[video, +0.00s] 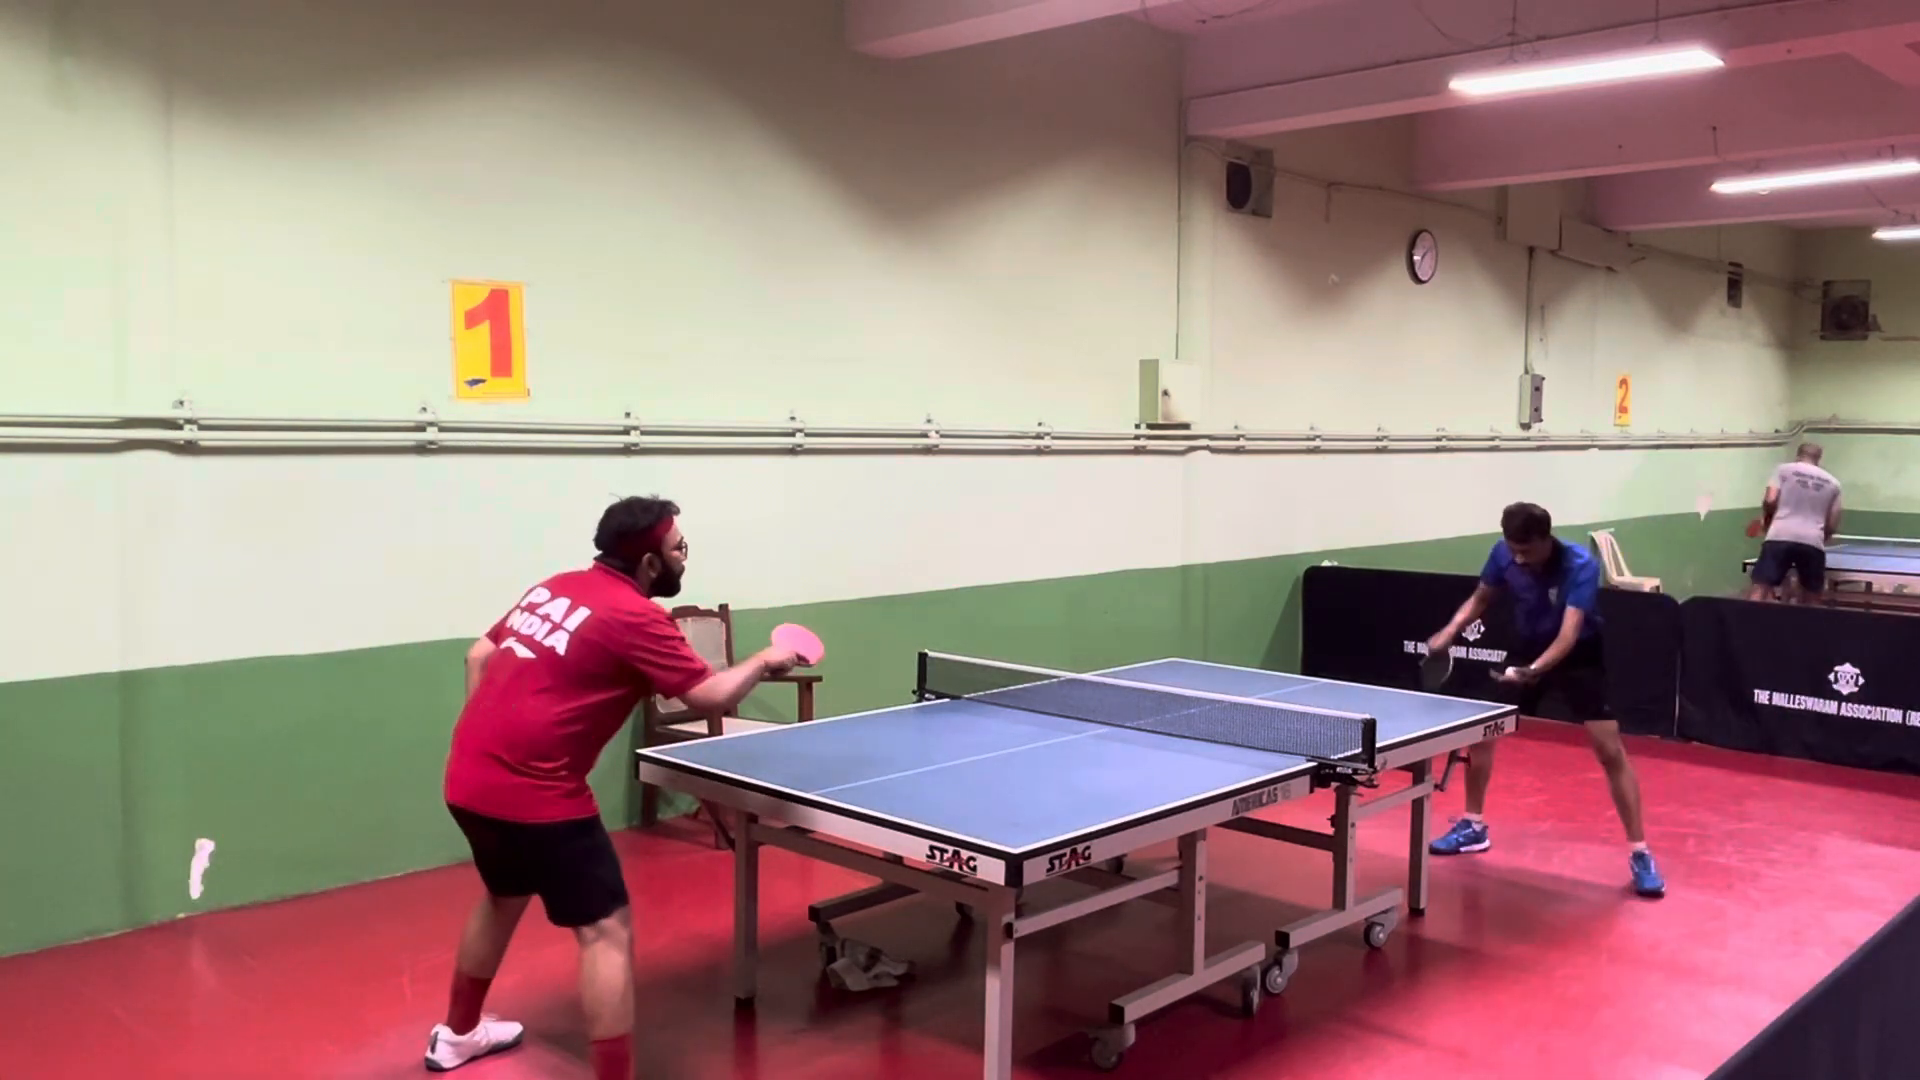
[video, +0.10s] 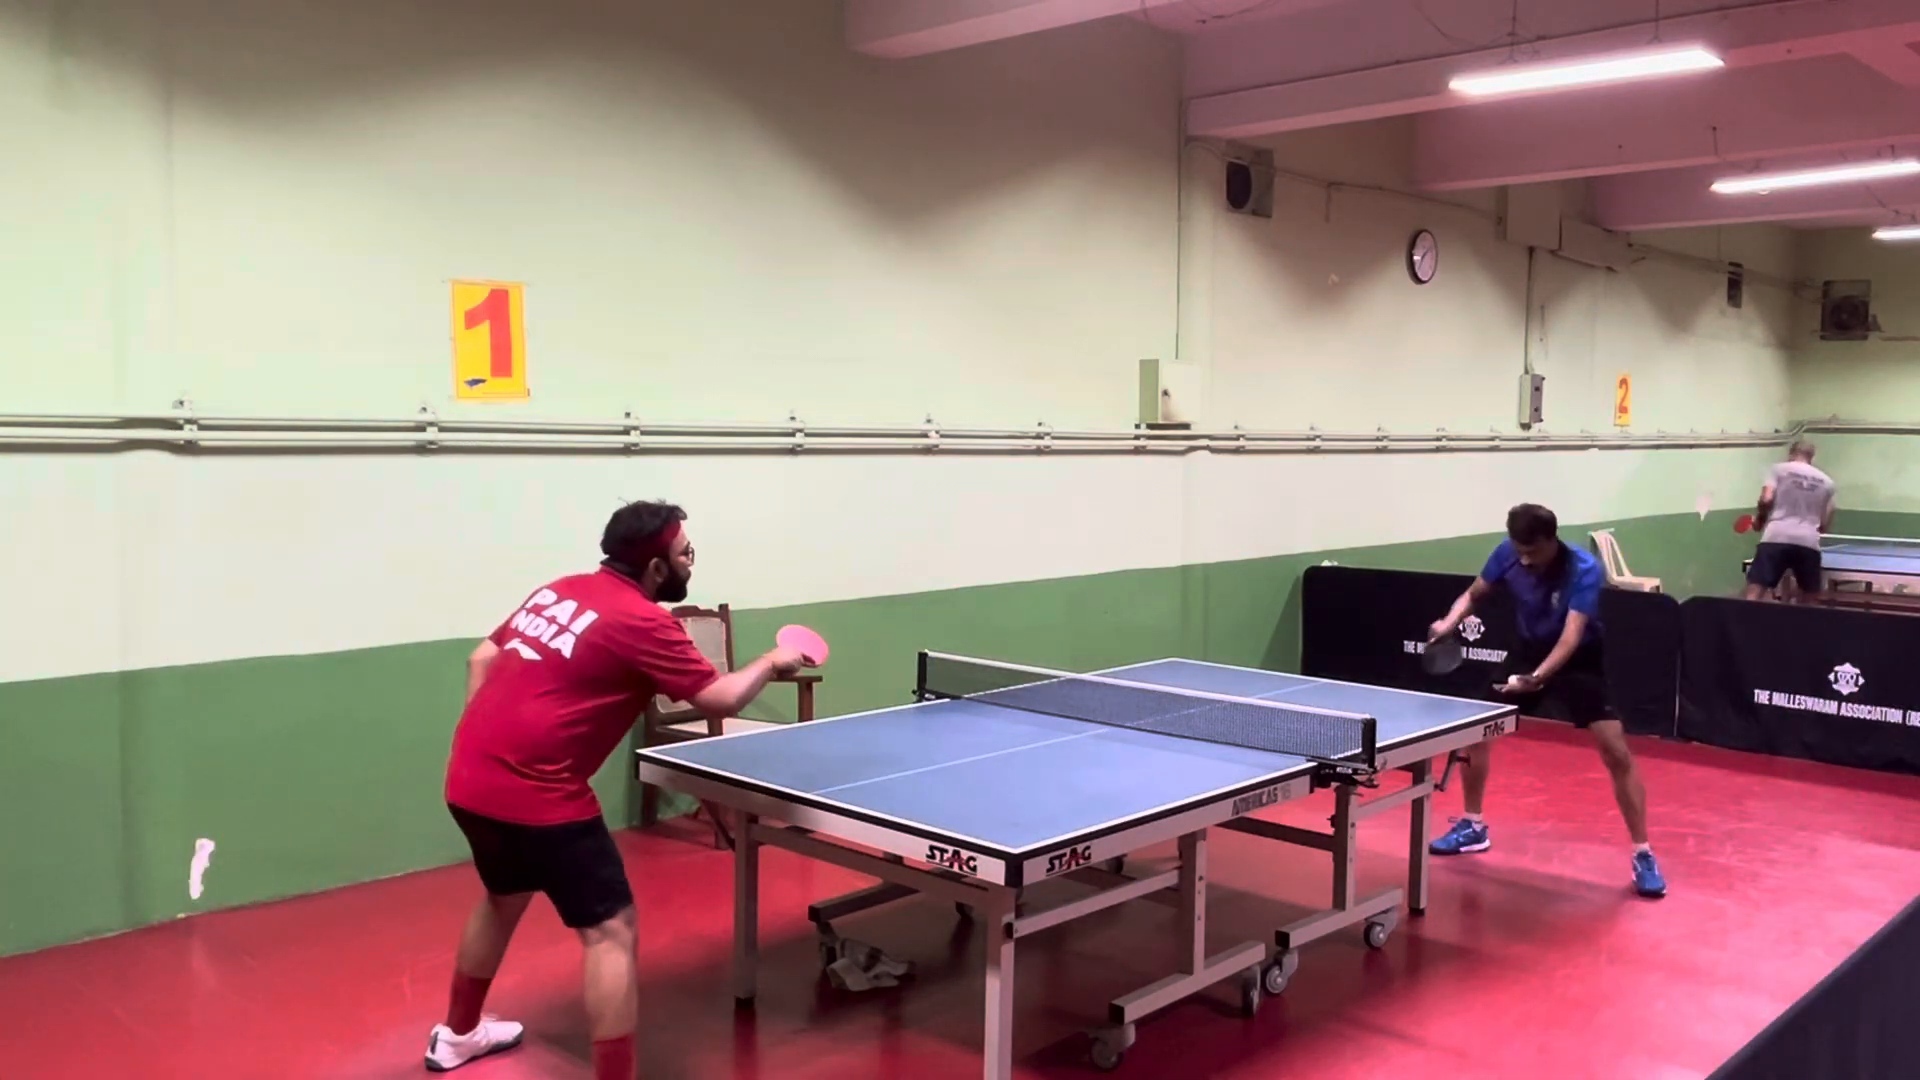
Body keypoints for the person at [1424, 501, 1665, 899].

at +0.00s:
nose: (1518, 557)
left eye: (1526, 551)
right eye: (1513, 550)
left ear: (1546, 539)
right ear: (1507, 542)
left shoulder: (1580, 564)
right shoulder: (1504, 554)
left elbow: (1570, 634)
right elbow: (1480, 598)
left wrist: (1532, 669)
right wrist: (1448, 632)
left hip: (1578, 656)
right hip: (1525, 652)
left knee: (1610, 751)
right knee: (1481, 731)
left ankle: (1640, 853)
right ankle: (1473, 824)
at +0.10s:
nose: (1523, 559)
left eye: (1531, 552)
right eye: (1518, 551)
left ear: (1552, 541)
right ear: (1512, 543)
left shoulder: (1584, 569)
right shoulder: (1508, 553)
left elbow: (1572, 636)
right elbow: (1474, 594)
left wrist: (1536, 677)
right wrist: (1447, 622)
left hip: (1578, 657)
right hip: (1526, 652)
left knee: (1617, 754)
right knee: (1475, 729)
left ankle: (1643, 854)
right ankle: (1472, 825)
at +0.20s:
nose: (1535, 556)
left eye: (1543, 549)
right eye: (1529, 549)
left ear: (1562, 539)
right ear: (1522, 541)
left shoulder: (1591, 571)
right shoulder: (1517, 549)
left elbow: (1576, 635)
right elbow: (1475, 587)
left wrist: (1538, 673)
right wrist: (1468, 601)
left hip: (1580, 663)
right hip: (1528, 656)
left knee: (1621, 757)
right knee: (1468, 729)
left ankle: (1644, 855)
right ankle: (1472, 825)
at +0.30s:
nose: (1545, 547)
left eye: (1553, 540)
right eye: (1540, 539)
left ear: (1573, 530)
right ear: (1534, 531)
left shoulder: (1600, 566)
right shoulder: (1527, 542)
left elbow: (1578, 629)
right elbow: (1472, 586)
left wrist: (1538, 642)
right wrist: (1502, 586)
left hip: (1581, 665)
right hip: (1531, 658)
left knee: (1622, 758)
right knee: (1468, 729)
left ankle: (1644, 856)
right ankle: (1472, 825)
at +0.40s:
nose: (1553, 535)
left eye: (1561, 527)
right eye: (1546, 526)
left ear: (1581, 521)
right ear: (1538, 520)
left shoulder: (1604, 554)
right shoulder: (1529, 536)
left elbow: (1582, 610)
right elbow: (1490, 578)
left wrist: (1535, 592)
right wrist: (1531, 575)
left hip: (1585, 665)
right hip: (1533, 658)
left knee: (1623, 755)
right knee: (1473, 727)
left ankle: (1644, 855)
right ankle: (1472, 825)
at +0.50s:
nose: (1555, 521)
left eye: (1564, 512)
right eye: (1549, 512)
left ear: (1586, 512)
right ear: (1542, 510)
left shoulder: (1607, 550)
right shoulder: (1532, 534)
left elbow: (1592, 606)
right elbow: (1517, 580)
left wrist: (1545, 584)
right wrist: (1585, 566)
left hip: (1586, 662)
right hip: (1531, 656)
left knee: (1626, 753)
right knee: (1477, 732)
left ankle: (1645, 854)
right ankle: (1472, 824)